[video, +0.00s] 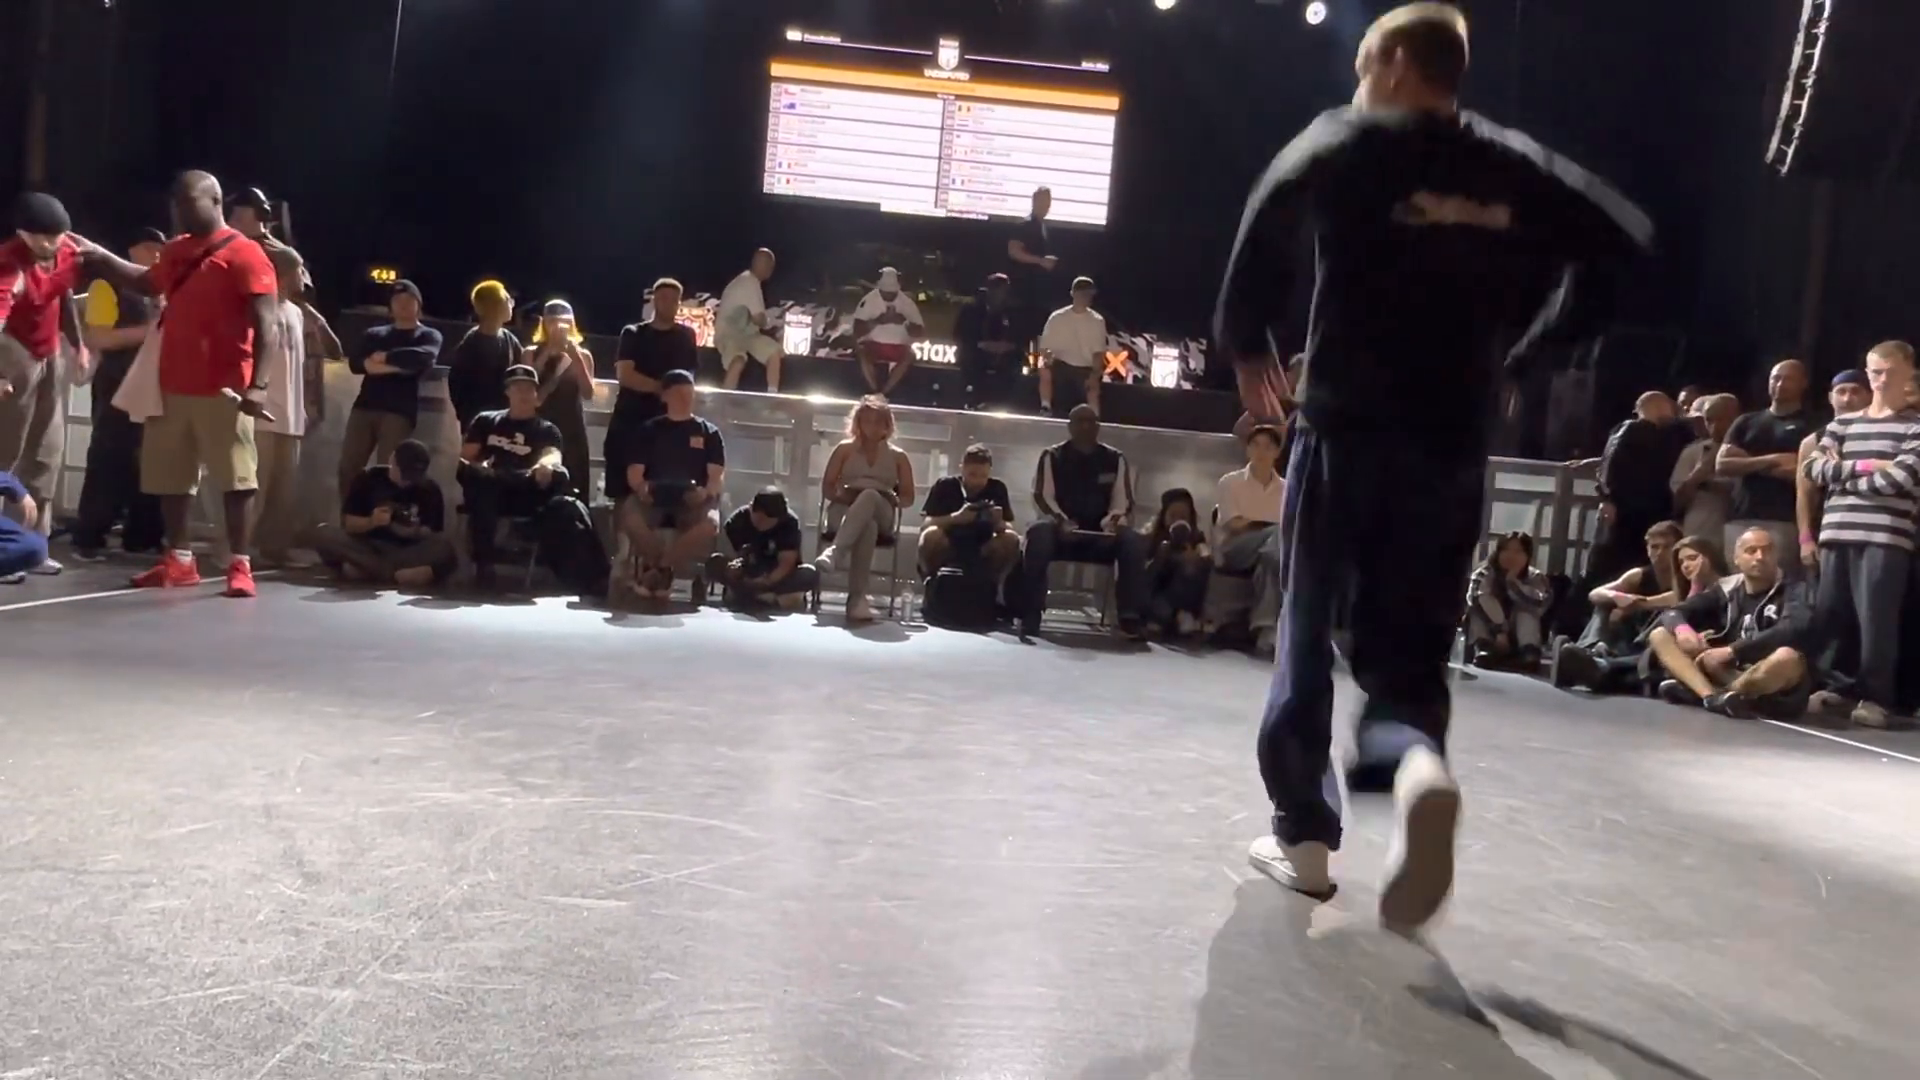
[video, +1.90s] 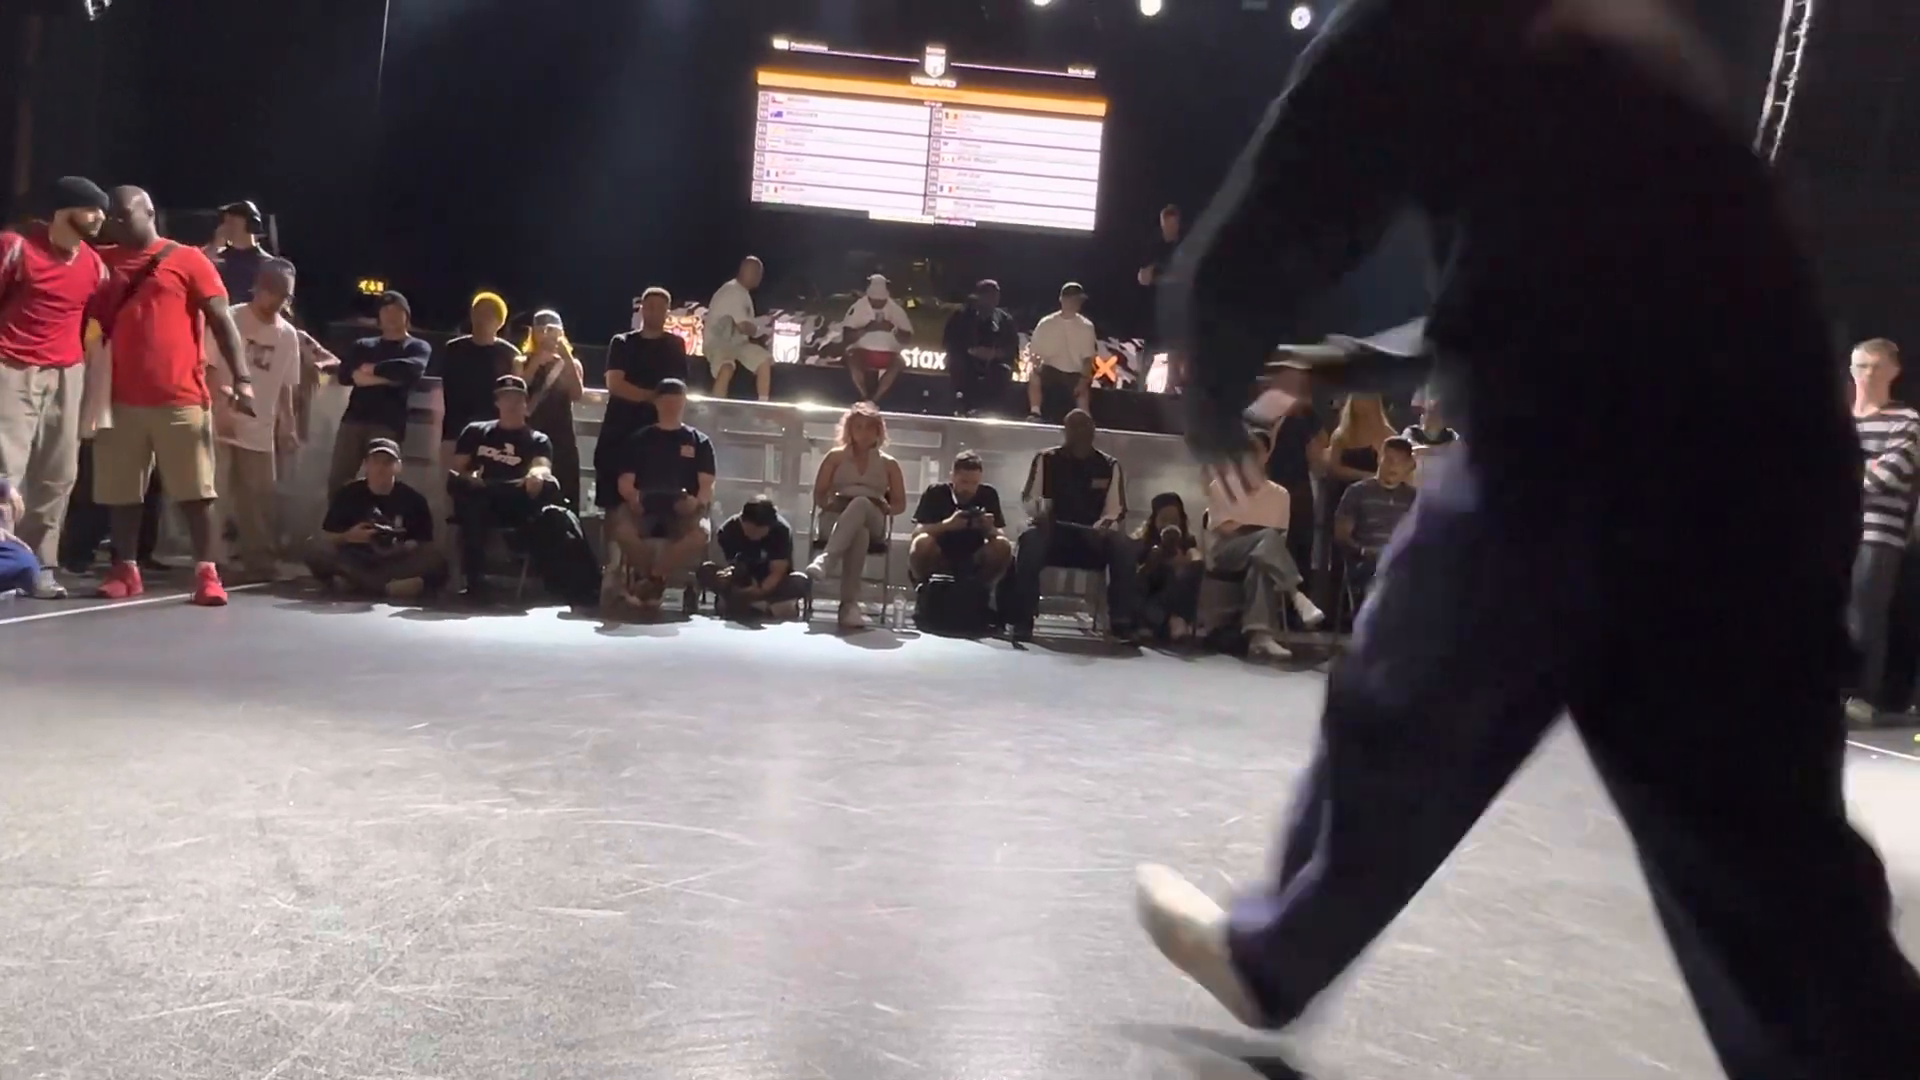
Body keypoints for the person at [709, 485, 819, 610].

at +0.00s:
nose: (758, 522)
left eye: (765, 520)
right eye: (757, 517)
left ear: (777, 518)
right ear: (752, 509)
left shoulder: (789, 523)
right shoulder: (735, 523)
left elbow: (787, 563)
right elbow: (741, 556)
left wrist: (767, 580)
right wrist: (735, 566)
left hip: (778, 569)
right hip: (749, 569)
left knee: (810, 573)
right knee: (715, 563)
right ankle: (773, 600)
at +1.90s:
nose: (757, 535)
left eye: (761, 531)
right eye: (753, 530)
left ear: (769, 525)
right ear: (744, 521)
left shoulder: (781, 530)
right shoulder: (726, 532)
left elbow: (778, 571)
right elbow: (731, 567)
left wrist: (759, 590)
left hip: (770, 577)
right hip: (741, 578)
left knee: (801, 581)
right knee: (705, 571)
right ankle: (765, 608)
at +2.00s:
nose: (752, 537)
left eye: (757, 533)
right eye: (748, 531)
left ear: (767, 528)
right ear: (742, 523)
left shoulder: (780, 532)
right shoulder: (726, 534)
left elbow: (777, 572)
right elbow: (735, 569)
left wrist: (761, 592)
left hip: (770, 579)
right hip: (742, 581)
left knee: (800, 582)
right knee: (705, 572)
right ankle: (767, 611)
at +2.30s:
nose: (745, 538)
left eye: (750, 534)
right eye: (741, 532)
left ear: (760, 529)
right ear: (734, 524)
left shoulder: (773, 534)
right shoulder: (718, 535)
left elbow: (769, 574)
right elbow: (728, 569)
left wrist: (753, 592)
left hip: (762, 580)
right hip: (734, 582)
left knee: (793, 584)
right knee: (698, 575)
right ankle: (758, 611)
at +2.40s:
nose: (741, 539)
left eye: (747, 535)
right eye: (738, 533)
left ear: (757, 531)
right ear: (731, 526)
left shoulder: (770, 536)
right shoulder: (715, 537)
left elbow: (766, 576)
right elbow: (726, 571)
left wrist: (748, 595)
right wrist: (717, 579)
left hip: (759, 582)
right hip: (731, 582)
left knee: (791, 585)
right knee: (695, 577)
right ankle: (756, 613)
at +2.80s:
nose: (739, 536)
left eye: (745, 533)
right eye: (735, 531)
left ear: (754, 528)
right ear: (728, 525)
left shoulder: (767, 535)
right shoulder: (713, 535)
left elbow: (764, 574)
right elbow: (719, 566)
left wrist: (748, 593)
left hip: (757, 578)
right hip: (731, 578)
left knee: (786, 584)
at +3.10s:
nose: (744, 548)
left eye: (750, 544)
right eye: (740, 543)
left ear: (759, 539)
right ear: (733, 536)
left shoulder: (772, 545)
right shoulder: (717, 547)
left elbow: (768, 585)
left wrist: (751, 604)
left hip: (761, 591)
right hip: (732, 592)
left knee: (791, 593)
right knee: (696, 588)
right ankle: (751, 621)